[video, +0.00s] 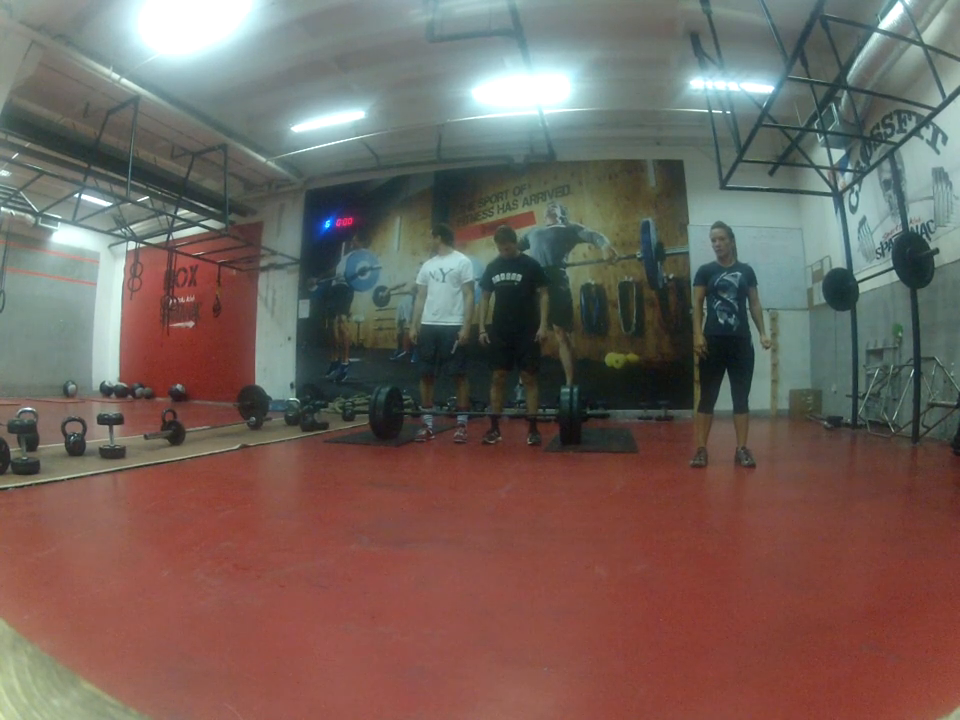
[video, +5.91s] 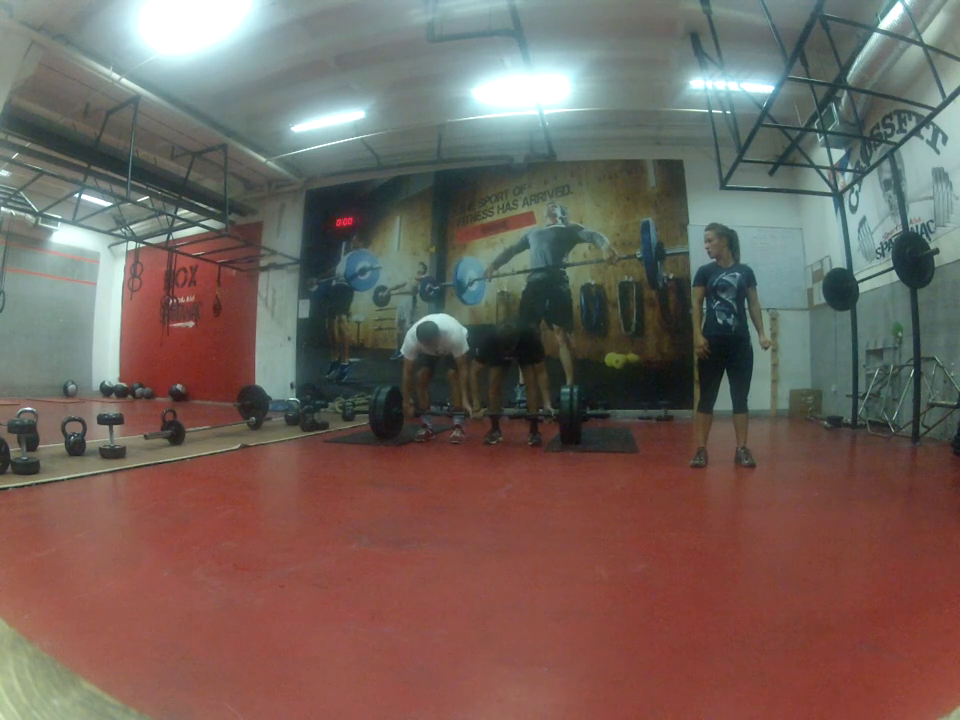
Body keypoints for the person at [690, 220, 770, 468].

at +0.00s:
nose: (717, 244)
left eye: (721, 239)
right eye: (714, 240)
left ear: (732, 241)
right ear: (710, 244)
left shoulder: (746, 271)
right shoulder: (705, 272)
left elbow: (754, 304)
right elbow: (697, 306)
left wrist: (762, 333)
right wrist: (698, 335)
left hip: (740, 343)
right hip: (712, 342)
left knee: (741, 399)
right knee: (707, 399)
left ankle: (742, 449)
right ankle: (701, 450)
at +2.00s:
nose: (718, 243)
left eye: (722, 239)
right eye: (714, 240)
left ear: (732, 241)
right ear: (711, 244)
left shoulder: (746, 271)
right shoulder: (705, 271)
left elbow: (754, 305)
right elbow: (697, 306)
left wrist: (762, 333)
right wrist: (698, 335)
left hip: (740, 343)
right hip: (712, 342)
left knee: (740, 399)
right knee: (707, 398)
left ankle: (742, 449)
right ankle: (701, 449)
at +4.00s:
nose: (707, 245)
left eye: (711, 240)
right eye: (706, 241)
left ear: (726, 241)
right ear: (710, 244)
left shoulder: (745, 271)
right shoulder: (704, 271)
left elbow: (754, 305)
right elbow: (697, 305)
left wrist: (761, 333)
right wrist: (698, 334)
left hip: (739, 342)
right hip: (711, 342)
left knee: (740, 399)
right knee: (706, 399)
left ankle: (742, 449)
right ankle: (701, 449)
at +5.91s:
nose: (706, 245)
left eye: (710, 241)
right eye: (705, 242)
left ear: (726, 241)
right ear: (709, 245)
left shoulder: (745, 271)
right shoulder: (704, 272)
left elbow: (754, 304)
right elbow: (697, 305)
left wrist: (761, 333)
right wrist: (697, 335)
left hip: (739, 343)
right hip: (711, 342)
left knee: (740, 399)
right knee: (706, 399)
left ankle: (742, 449)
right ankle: (701, 449)